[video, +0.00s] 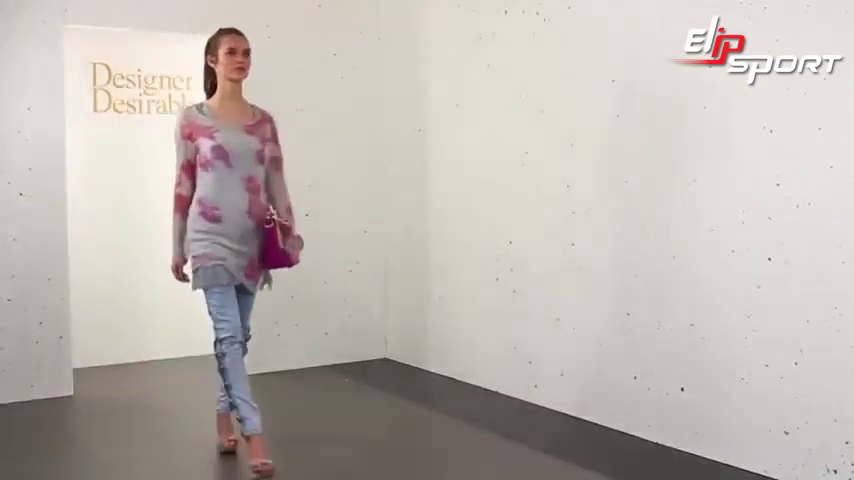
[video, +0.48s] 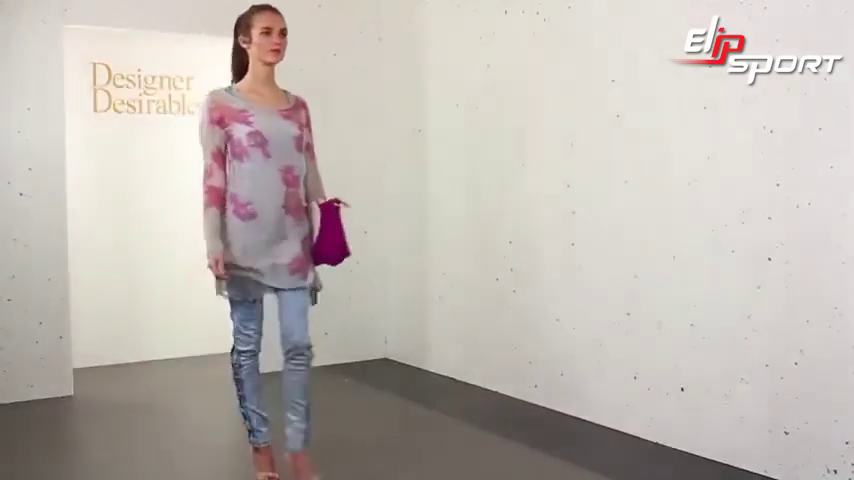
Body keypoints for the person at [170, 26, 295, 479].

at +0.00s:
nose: (240, 60)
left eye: (245, 53)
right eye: (232, 53)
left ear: (251, 61)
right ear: (212, 61)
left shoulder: (264, 120)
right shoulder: (192, 117)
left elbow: (276, 180)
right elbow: (184, 184)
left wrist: (289, 229)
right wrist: (178, 246)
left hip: (253, 238)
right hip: (208, 236)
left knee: (240, 334)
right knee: (228, 333)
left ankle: (225, 412)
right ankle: (252, 430)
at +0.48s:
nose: (277, 41)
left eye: (281, 34)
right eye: (267, 33)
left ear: (286, 42)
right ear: (245, 40)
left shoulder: (297, 105)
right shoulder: (220, 103)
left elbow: (311, 176)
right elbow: (213, 179)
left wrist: (325, 234)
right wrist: (214, 244)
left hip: (294, 240)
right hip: (242, 242)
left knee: (298, 347)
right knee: (247, 346)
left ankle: (298, 450)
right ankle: (260, 445)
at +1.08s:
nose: (335, 13)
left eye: (340, 5)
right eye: (323, 5)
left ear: (347, 15)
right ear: (299, 18)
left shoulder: (360, 93)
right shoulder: (274, 88)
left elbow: (373, 169)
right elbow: (259, 173)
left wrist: (390, 231)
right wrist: (252, 251)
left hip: (351, 241)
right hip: (295, 239)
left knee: (344, 367)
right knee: (331, 365)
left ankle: (329, 470)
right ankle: (320, 471)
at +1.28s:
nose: (356, 7)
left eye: (360, 0)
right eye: (343, 1)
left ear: (367, 10)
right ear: (317, 13)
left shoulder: (382, 91)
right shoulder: (292, 88)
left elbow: (396, 175)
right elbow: (278, 177)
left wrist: (413, 243)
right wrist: (268, 263)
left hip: (370, 246)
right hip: (311, 246)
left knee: (343, 379)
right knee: (340, 380)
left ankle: (329, 471)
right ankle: (359, 475)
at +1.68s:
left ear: (407, 3)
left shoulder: (428, 81)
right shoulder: (331, 76)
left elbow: (442, 172)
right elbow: (317, 176)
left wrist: (462, 251)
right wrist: (310, 269)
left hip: (419, 260)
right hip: (352, 261)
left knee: (423, 401)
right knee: (362, 397)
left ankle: (414, 473)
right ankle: (368, 474)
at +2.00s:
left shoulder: (466, 78)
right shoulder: (361, 67)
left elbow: (482, 169)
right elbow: (349, 176)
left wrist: (506, 251)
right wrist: (336, 279)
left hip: (461, 272)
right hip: (384, 271)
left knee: (472, 419)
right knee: (379, 412)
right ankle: (375, 478)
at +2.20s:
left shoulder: (496, 70)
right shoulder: (385, 58)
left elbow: (513, 173)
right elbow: (368, 175)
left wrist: (540, 258)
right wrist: (352, 277)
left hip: (489, 275)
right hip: (415, 274)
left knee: (488, 426)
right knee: (426, 426)